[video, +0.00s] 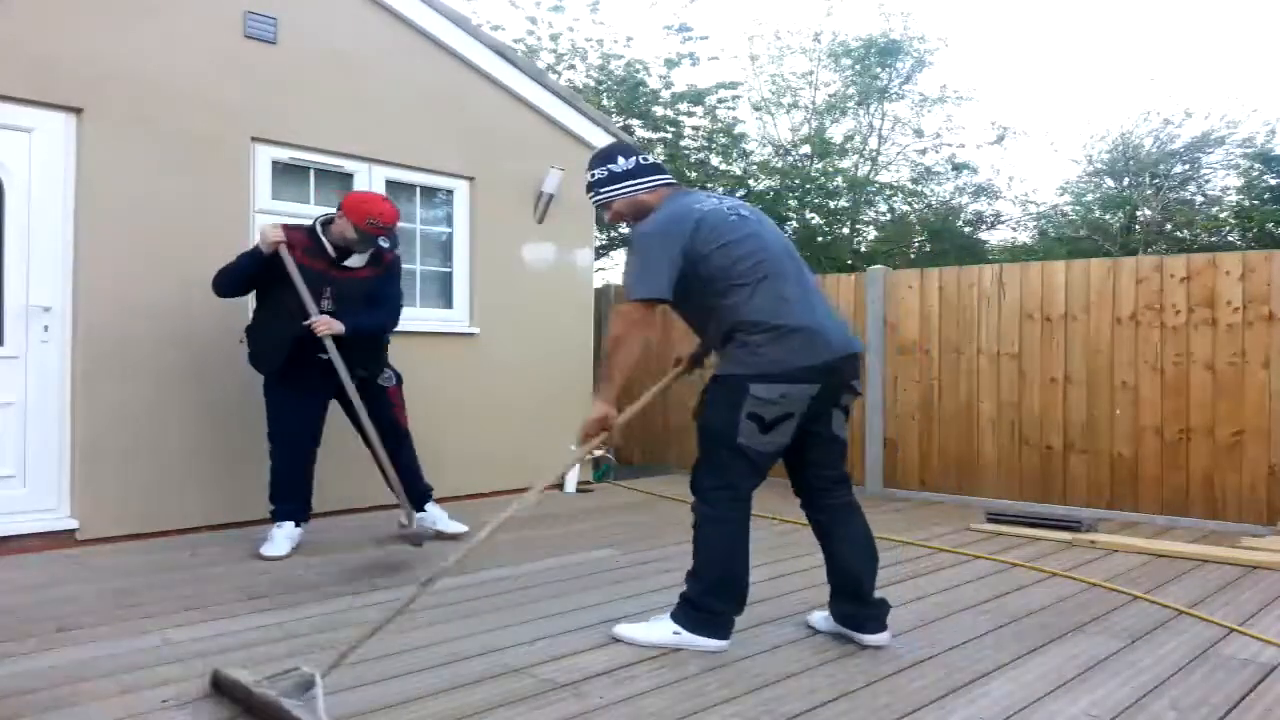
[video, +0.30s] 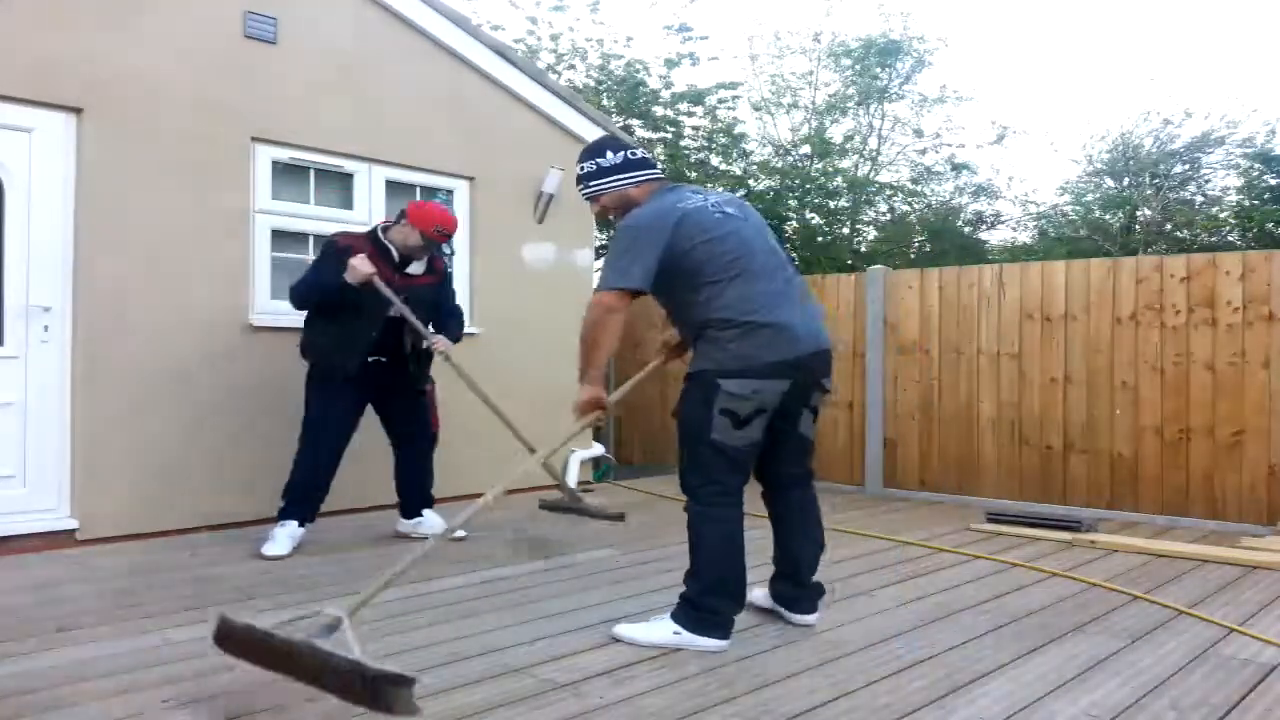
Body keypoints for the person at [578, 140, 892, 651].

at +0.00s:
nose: (613, 219)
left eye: (609, 207)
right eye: (606, 211)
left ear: (630, 189)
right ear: (651, 181)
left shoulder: (660, 224)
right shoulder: (723, 205)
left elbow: (635, 319)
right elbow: (758, 280)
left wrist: (607, 398)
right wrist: (705, 341)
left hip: (765, 360)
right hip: (832, 354)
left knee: (720, 488)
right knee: (825, 485)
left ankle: (704, 620)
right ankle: (861, 614)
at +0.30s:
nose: (598, 213)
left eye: (597, 199)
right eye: (593, 203)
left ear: (622, 183)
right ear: (646, 177)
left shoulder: (649, 217)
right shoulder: (723, 201)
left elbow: (608, 303)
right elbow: (752, 277)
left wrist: (591, 382)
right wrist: (692, 331)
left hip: (739, 359)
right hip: (807, 352)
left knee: (712, 488)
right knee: (788, 478)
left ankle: (704, 620)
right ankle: (798, 596)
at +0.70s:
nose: (624, 209)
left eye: (623, 197)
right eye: (620, 199)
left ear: (648, 186)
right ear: (673, 179)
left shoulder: (661, 228)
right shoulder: (747, 203)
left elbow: (669, 323)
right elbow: (811, 245)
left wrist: (689, 366)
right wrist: (779, 304)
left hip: (733, 358)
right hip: (797, 354)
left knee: (667, 466)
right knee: (765, 472)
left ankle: (695, 597)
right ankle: (769, 590)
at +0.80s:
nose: (618, 210)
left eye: (617, 198)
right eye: (614, 201)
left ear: (642, 187)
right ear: (665, 180)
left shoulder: (657, 231)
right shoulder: (743, 204)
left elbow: (663, 324)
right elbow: (806, 244)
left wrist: (676, 376)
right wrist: (780, 306)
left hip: (732, 358)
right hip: (797, 352)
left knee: (676, 471)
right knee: (767, 470)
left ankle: (682, 595)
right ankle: (768, 590)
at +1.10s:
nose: (580, 229)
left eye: (578, 217)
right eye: (574, 220)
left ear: (600, 203)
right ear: (621, 197)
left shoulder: (622, 237)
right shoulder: (695, 215)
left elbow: (603, 321)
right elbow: (719, 284)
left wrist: (594, 393)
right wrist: (678, 332)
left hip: (714, 360)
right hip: (781, 353)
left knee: (681, 478)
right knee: (766, 473)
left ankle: (676, 594)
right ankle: (768, 590)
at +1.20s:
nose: (571, 232)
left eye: (569, 219)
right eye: (565, 223)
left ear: (591, 205)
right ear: (612, 199)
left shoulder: (615, 237)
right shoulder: (678, 217)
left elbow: (590, 319)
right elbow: (705, 288)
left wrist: (570, 393)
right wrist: (653, 341)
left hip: (716, 359)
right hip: (779, 350)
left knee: (679, 476)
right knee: (766, 472)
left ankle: (676, 594)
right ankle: (778, 588)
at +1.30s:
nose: (570, 229)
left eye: (570, 217)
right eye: (566, 220)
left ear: (595, 204)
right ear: (614, 199)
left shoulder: (614, 239)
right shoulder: (679, 219)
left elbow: (583, 317)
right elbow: (688, 305)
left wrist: (548, 395)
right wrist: (627, 350)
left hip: (715, 359)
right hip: (778, 349)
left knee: (678, 477)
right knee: (773, 469)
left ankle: (675, 594)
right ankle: (799, 584)